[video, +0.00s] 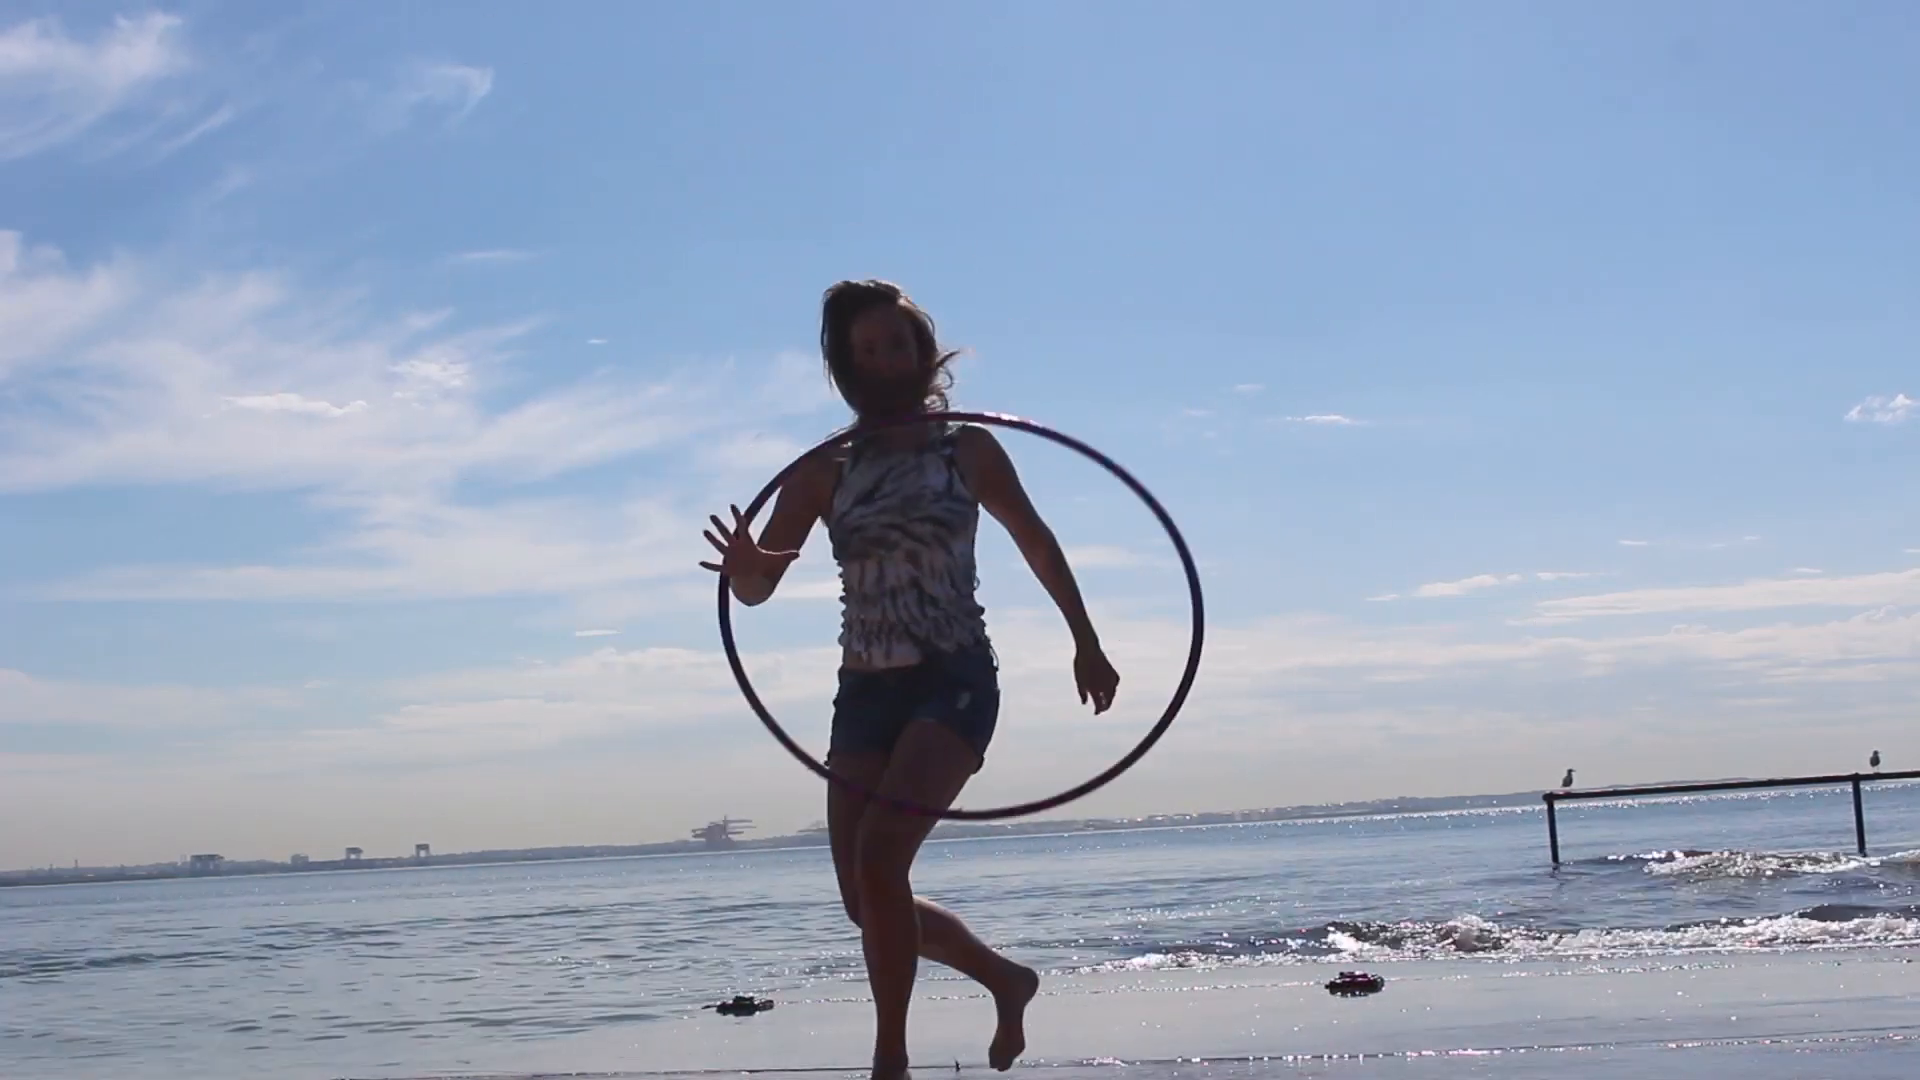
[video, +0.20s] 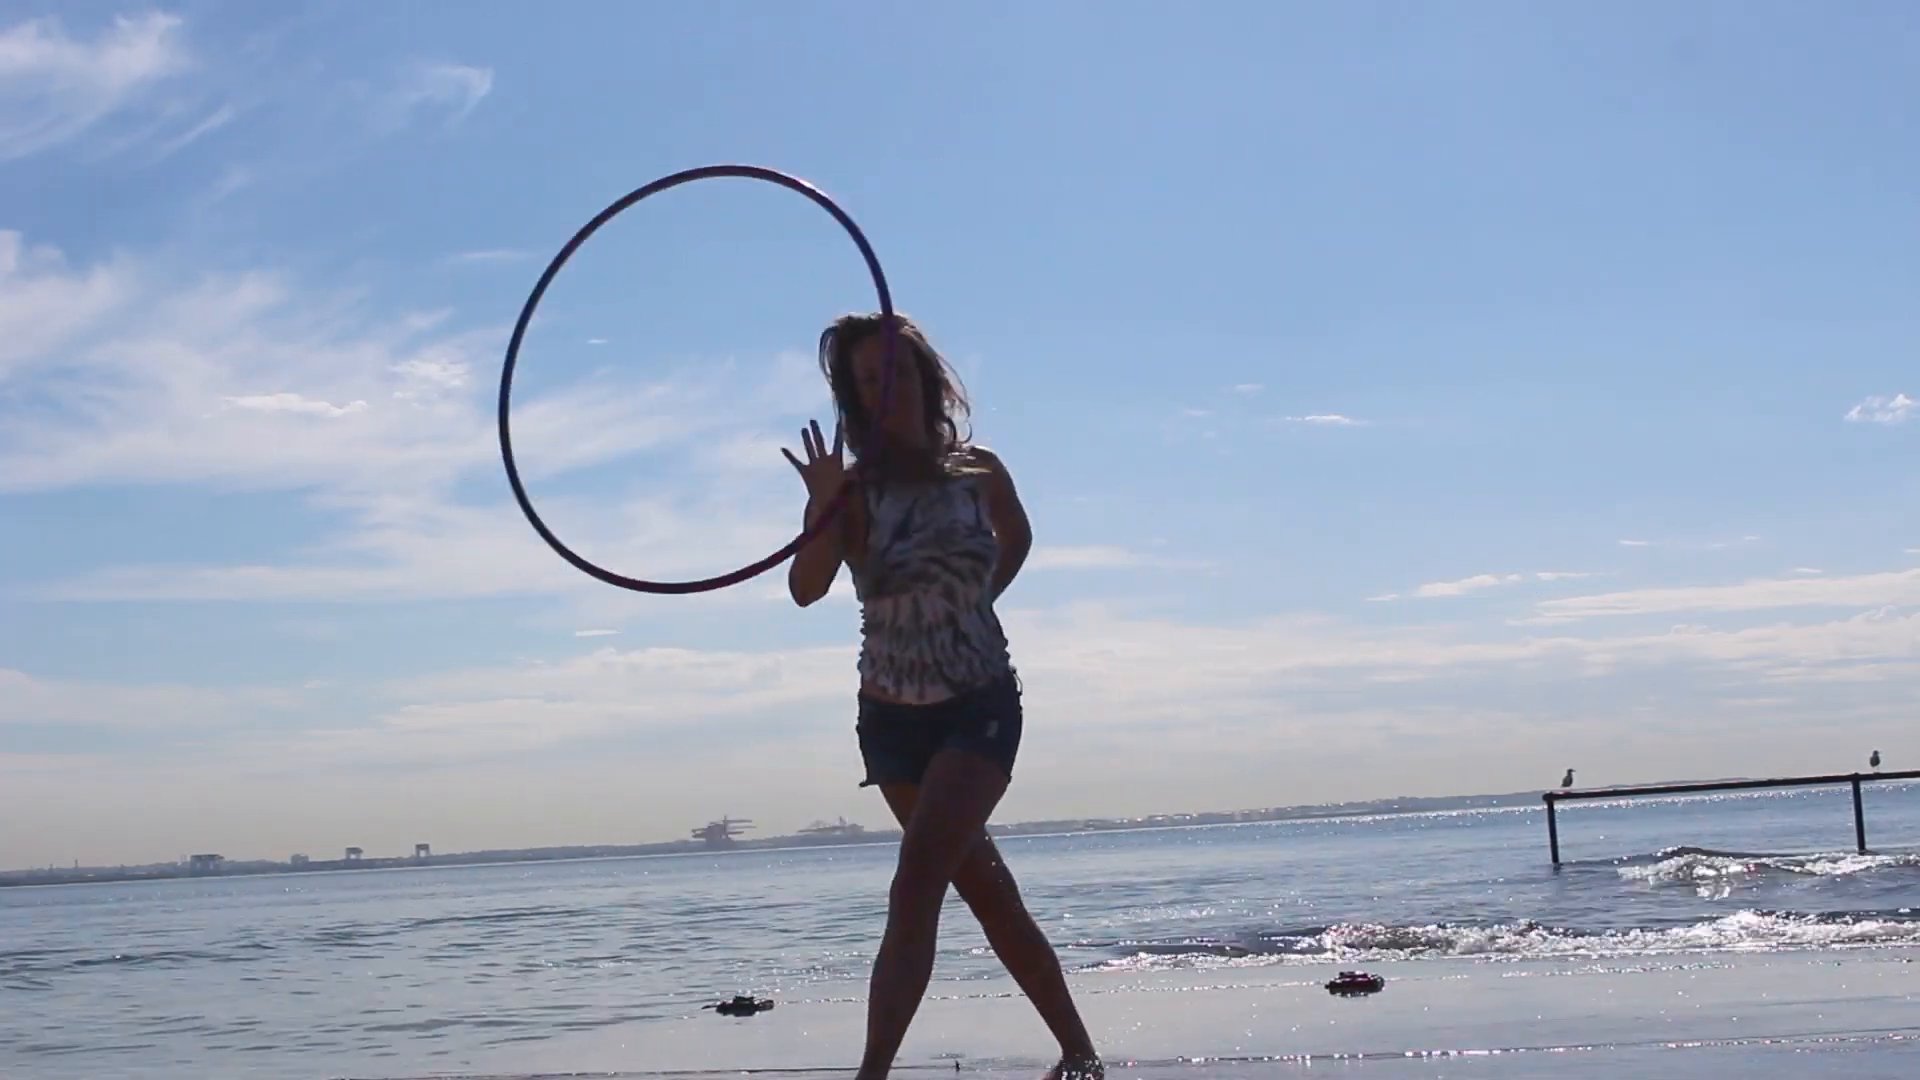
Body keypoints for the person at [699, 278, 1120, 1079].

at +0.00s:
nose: (891, 356)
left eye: (900, 339)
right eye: (871, 348)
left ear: (925, 347)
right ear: (845, 366)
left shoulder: (966, 446)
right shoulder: (822, 469)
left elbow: (1035, 540)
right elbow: (757, 585)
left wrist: (1086, 639)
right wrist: (743, 562)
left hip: (954, 679)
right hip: (867, 688)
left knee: (881, 859)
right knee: (863, 900)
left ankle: (890, 1053)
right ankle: (1006, 979)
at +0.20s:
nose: (885, 390)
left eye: (896, 372)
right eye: (868, 381)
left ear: (924, 375)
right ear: (853, 394)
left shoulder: (979, 467)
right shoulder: (850, 487)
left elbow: (1016, 542)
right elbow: (806, 588)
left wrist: (967, 606)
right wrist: (823, 501)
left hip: (979, 698)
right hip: (889, 709)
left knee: (916, 886)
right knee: (991, 894)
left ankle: (872, 1070)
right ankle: (1080, 1052)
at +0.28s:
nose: (874, 378)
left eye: (887, 361)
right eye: (858, 368)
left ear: (917, 365)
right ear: (843, 382)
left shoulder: (965, 450)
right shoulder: (840, 471)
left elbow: (1039, 511)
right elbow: (764, 502)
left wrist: (989, 576)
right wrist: (804, 403)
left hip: (970, 684)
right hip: (884, 700)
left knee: (902, 862)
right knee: (990, 889)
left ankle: (895, 1066)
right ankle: (1075, 1044)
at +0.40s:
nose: (843, 360)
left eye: (855, 339)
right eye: (827, 346)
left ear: (891, 334)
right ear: (813, 351)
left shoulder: (942, 411)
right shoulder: (808, 420)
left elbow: (1066, 443)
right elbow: (701, 368)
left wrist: (992, 490)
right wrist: (712, 259)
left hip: (941, 657)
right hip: (866, 669)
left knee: (899, 873)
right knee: (883, 881)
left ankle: (956, 1064)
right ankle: (1029, 999)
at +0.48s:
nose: (822, 369)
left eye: (834, 349)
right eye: (805, 358)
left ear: (870, 341)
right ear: (792, 364)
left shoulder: (926, 416)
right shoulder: (807, 429)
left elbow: (1046, 447)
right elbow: (698, 392)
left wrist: (966, 436)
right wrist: (640, 297)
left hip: (925, 665)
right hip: (860, 674)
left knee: (888, 872)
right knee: (807, 874)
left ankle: (953, 1062)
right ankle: (930, 1033)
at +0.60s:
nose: (782, 412)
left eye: (793, 391)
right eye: (772, 397)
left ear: (839, 376)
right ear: (773, 398)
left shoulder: (887, 438)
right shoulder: (820, 471)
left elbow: (872, 537)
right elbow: (744, 540)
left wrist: (802, 455)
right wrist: (662, 450)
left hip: (898, 683)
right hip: (848, 690)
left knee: (856, 897)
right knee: (742, 863)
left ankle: (950, 1070)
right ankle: (680, 1061)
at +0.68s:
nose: (763, 408)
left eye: (775, 392)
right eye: (759, 394)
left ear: (820, 384)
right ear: (793, 393)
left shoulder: (838, 455)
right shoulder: (833, 468)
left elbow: (761, 546)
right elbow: (768, 593)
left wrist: (717, 452)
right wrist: (707, 517)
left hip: (869, 711)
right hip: (845, 712)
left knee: (830, 911)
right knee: (708, 854)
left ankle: (948, 1069)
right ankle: (607, 1040)